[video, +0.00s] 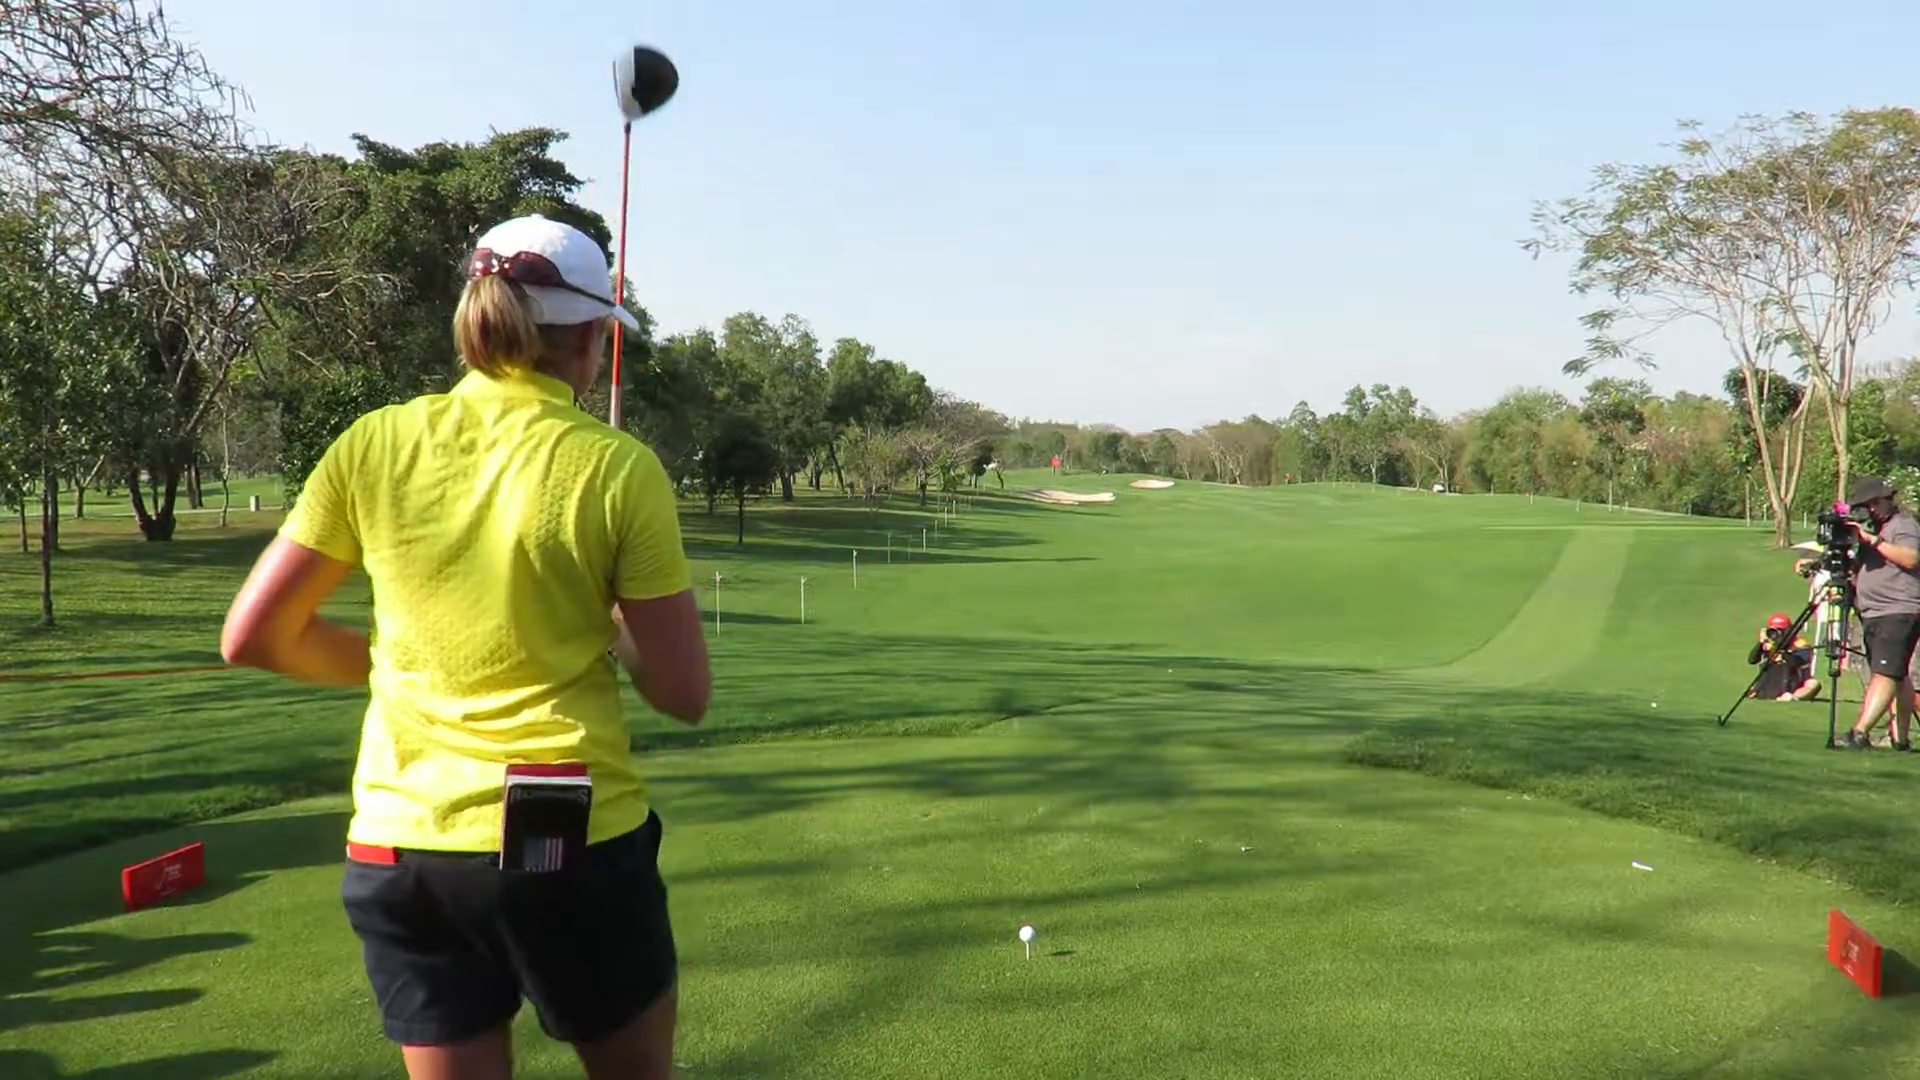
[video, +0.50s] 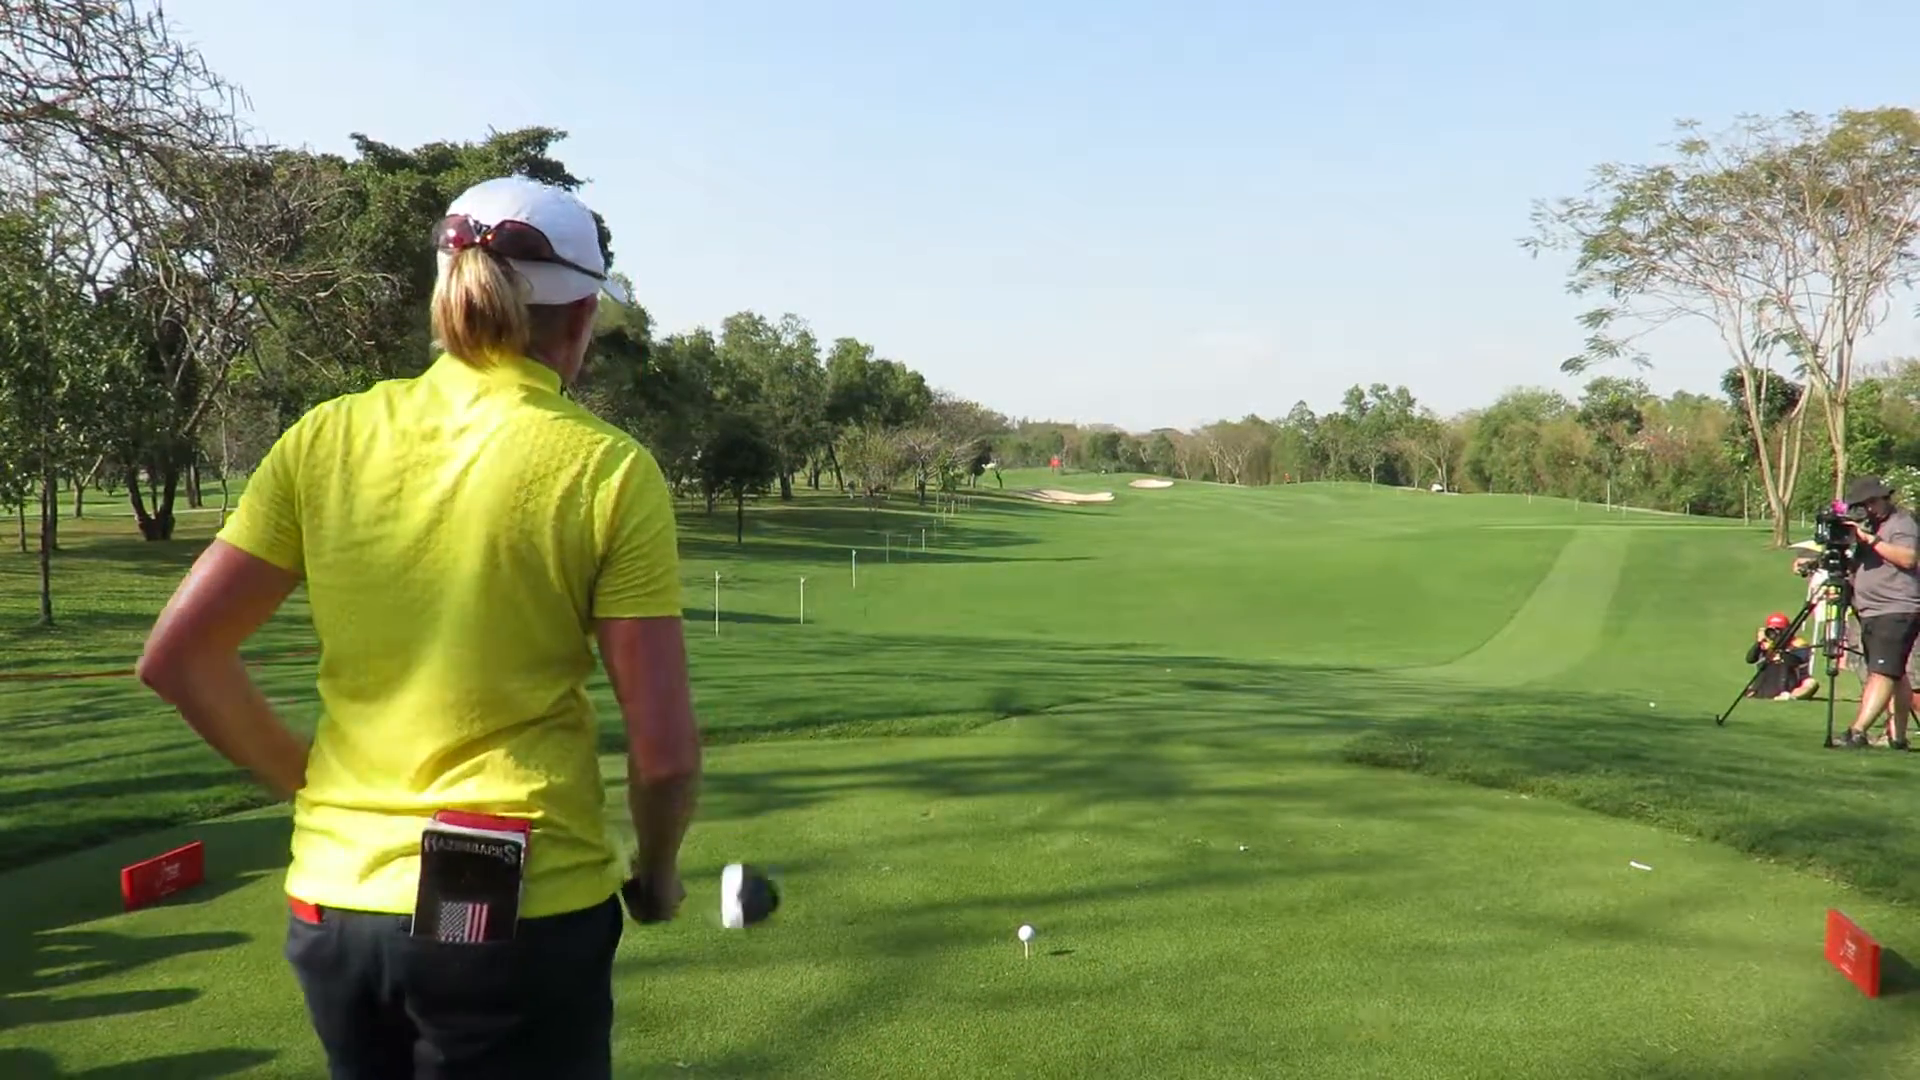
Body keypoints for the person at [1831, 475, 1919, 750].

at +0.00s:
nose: (1870, 511)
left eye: (1873, 504)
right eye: (1865, 507)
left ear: (1888, 499)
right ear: (1863, 509)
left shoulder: (1903, 524)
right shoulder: (1874, 530)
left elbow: (1911, 560)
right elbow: (1864, 573)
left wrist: (1873, 541)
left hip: (1899, 611)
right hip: (1875, 613)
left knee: (1885, 671)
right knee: (1897, 678)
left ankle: (1859, 731)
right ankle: (1900, 738)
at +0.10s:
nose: (1870, 512)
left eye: (1873, 505)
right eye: (1866, 507)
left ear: (1887, 500)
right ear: (1864, 509)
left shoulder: (1903, 524)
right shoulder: (1875, 530)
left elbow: (1911, 560)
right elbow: (1865, 572)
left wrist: (1874, 541)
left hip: (1899, 611)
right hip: (1876, 613)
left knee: (1885, 672)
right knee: (1897, 678)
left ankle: (1860, 731)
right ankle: (1900, 738)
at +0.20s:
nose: (1869, 511)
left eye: (1872, 504)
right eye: (1865, 507)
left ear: (1887, 500)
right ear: (1864, 508)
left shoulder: (1902, 524)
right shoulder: (1874, 529)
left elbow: (1910, 559)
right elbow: (1862, 570)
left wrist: (1873, 541)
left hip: (1898, 611)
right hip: (1875, 612)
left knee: (1883, 671)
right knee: (1896, 677)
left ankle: (1859, 730)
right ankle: (1899, 738)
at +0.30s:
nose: (1865, 512)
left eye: (1869, 505)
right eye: (1862, 507)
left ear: (1884, 501)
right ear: (1864, 509)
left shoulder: (1901, 524)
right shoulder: (1873, 530)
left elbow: (1910, 559)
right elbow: (1860, 570)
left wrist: (1871, 541)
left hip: (1897, 610)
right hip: (1874, 612)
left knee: (1883, 671)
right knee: (1894, 676)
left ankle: (1858, 730)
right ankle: (1898, 736)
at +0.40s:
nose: (1865, 511)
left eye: (1869, 504)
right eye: (1862, 507)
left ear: (1884, 500)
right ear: (1864, 507)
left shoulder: (1902, 523)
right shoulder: (1874, 528)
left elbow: (1909, 559)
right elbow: (1859, 568)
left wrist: (1870, 540)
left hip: (1897, 610)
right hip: (1873, 612)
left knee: (1883, 671)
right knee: (1893, 675)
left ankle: (1858, 730)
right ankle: (1898, 736)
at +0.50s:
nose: (1865, 512)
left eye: (1868, 504)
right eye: (1861, 507)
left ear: (1884, 500)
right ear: (1863, 508)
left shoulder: (1902, 523)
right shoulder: (1873, 528)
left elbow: (1909, 559)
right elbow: (1859, 568)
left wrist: (1870, 541)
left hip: (1898, 610)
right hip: (1873, 612)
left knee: (1883, 671)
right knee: (1894, 675)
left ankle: (1857, 730)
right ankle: (1898, 736)